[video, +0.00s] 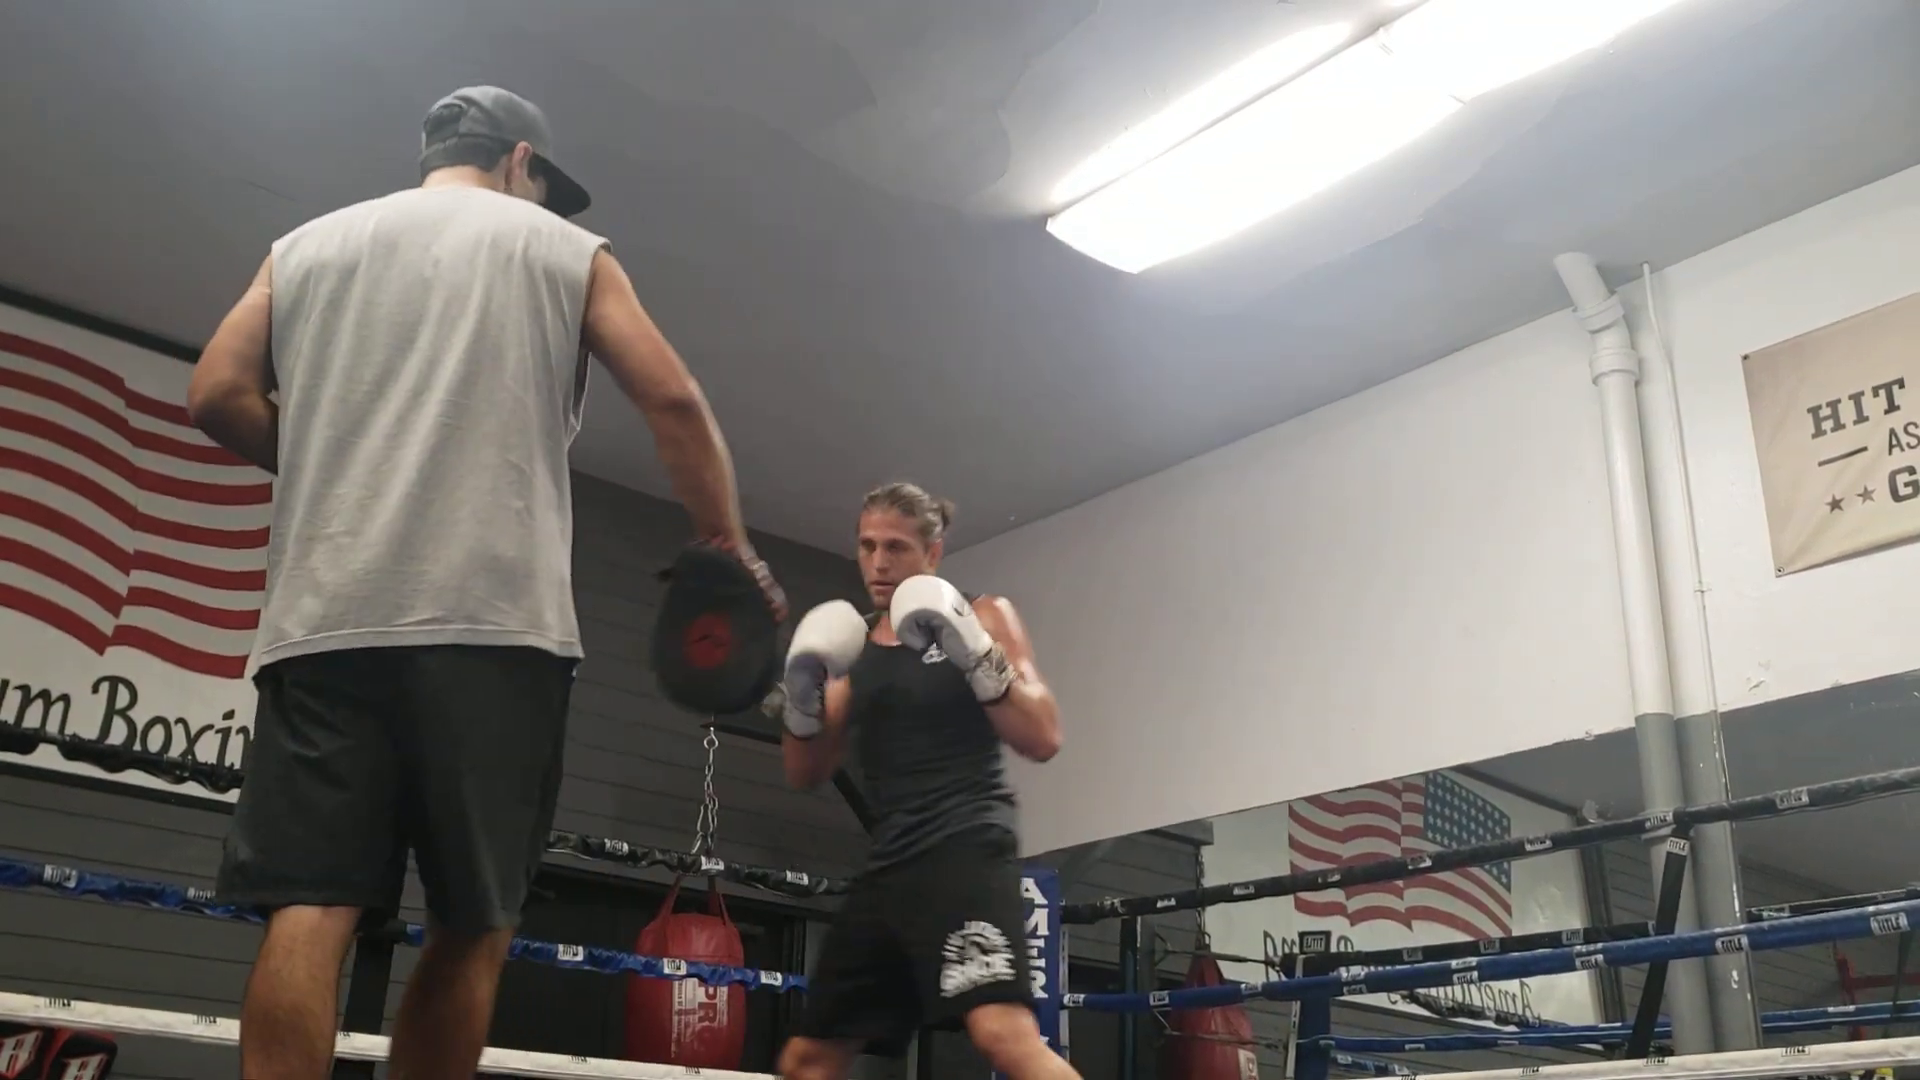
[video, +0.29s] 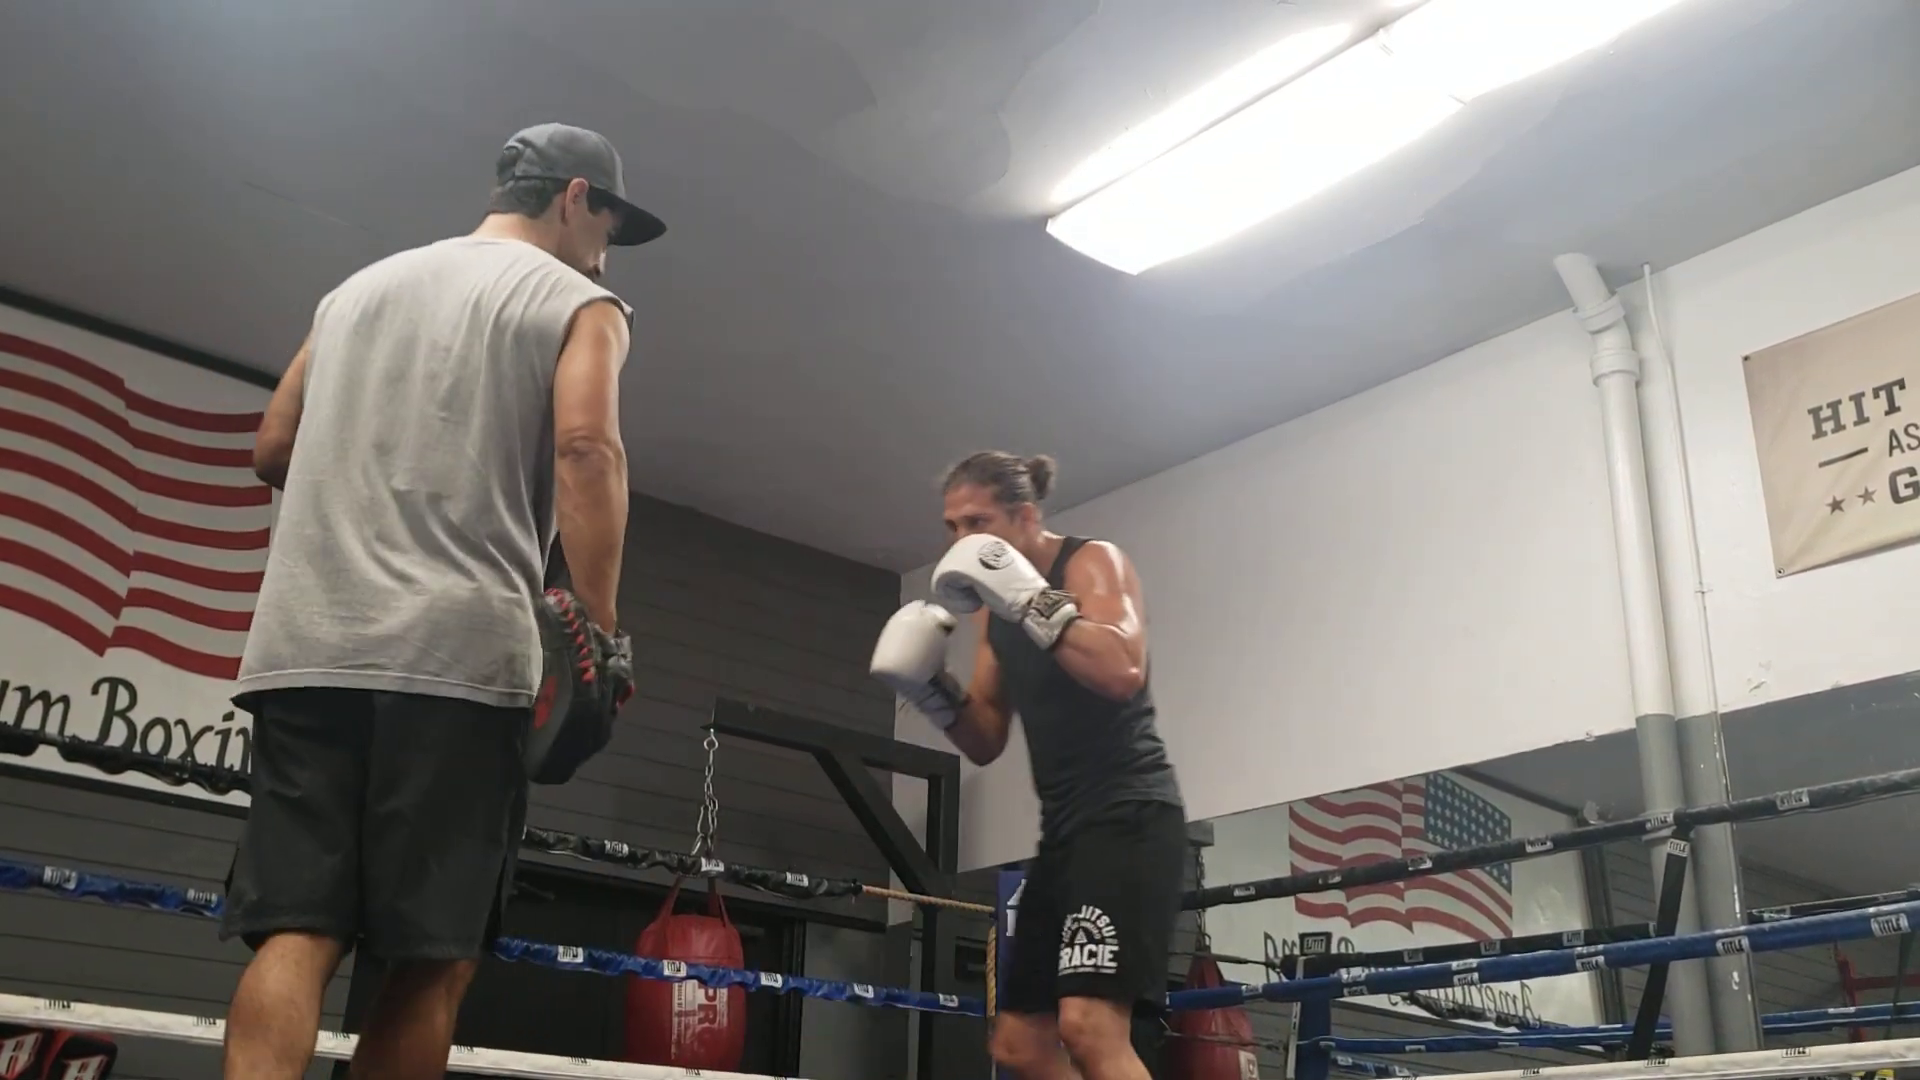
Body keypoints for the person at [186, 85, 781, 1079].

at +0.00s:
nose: (545, 203)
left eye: (546, 190)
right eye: (546, 186)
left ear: (424, 161)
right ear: (517, 163)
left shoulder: (308, 245)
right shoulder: (560, 249)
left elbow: (217, 391)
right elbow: (675, 399)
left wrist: (322, 455)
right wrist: (728, 544)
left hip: (326, 617)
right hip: (498, 626)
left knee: (311, 906)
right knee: (473, 927)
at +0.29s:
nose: (608, 257)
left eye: (614, 234)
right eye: (609, 227)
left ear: (495, 197)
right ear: (572, 200)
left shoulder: (360, 290)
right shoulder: (576, 302)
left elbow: (273, 451)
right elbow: (585, 445)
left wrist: (391, 457)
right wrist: (598, 628)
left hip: (303, 643)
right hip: (460, 665)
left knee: (296, 929)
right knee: (428, 963)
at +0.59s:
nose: (627, 259)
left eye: (633, 238)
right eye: (624, 231)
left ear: (525, 213)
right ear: (578, 206)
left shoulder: (434, 323)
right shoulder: (564, 297)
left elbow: (461, 491)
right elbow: (578, 449)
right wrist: (645, 620)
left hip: (386, 686)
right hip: (483, 687)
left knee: (352, 979)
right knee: (429, 970)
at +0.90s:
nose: (655, 295)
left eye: (662, 275)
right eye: (652, 266)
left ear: (598, 250)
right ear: (603, 243)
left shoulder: (554, 362)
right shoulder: (543, 329)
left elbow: (588, 557)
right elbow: (532, 463)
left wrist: (687, 478)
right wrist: (652, 594)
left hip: (548, 706)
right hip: (515, 699)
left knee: (561, 985)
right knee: (460, 965)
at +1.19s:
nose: (716, 360)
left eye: (720, 343)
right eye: (708, 335)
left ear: (663, 326)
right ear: (657, 317)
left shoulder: (641, 465)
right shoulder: (587, 405)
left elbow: (719, 580)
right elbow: (557, 519)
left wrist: (773, 491)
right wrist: (686, 627)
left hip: (653, 760)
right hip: (591, 745)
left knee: (650, 1014)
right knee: (527, 981)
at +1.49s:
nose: (765, 398)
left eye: (772, 384)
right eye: (754, 373)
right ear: (697, 361)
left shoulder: (747, 512)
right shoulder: (606, 453)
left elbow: (810, 604)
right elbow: (533, 560)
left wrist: (891, 544)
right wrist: (657, 625)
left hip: (693, 800)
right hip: (592, 775)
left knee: (649, 1031)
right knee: (531, 997)